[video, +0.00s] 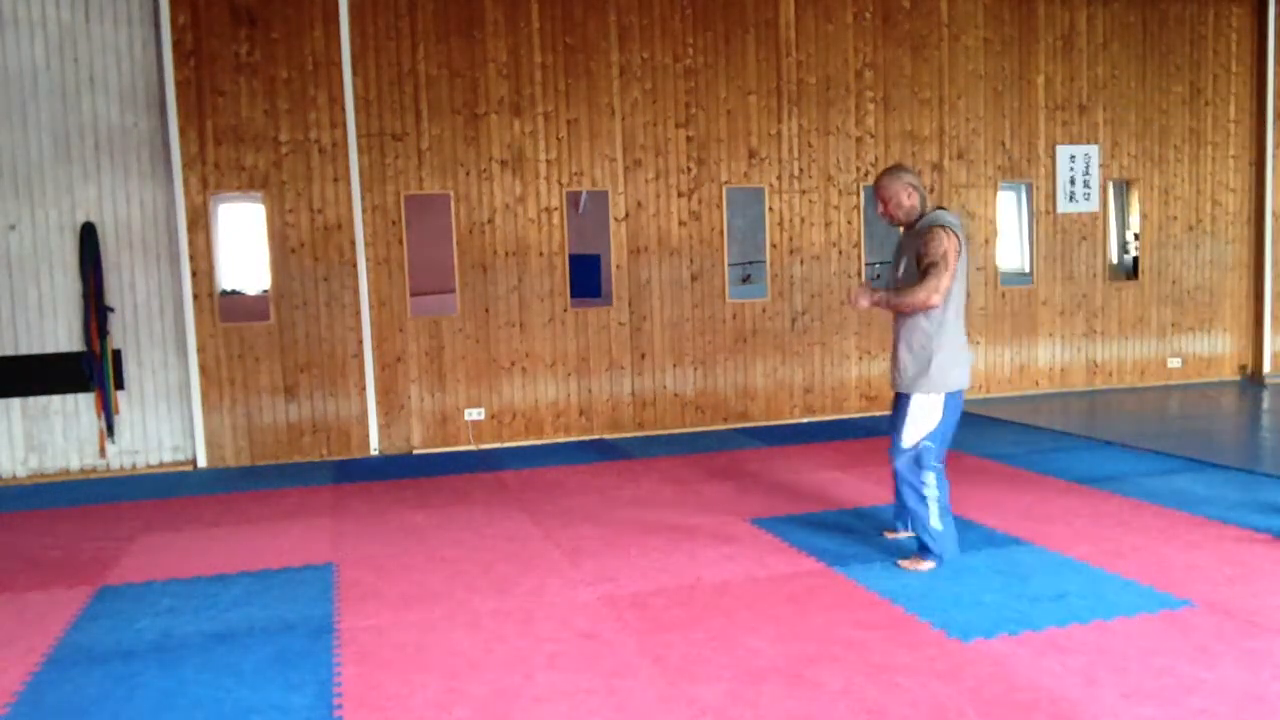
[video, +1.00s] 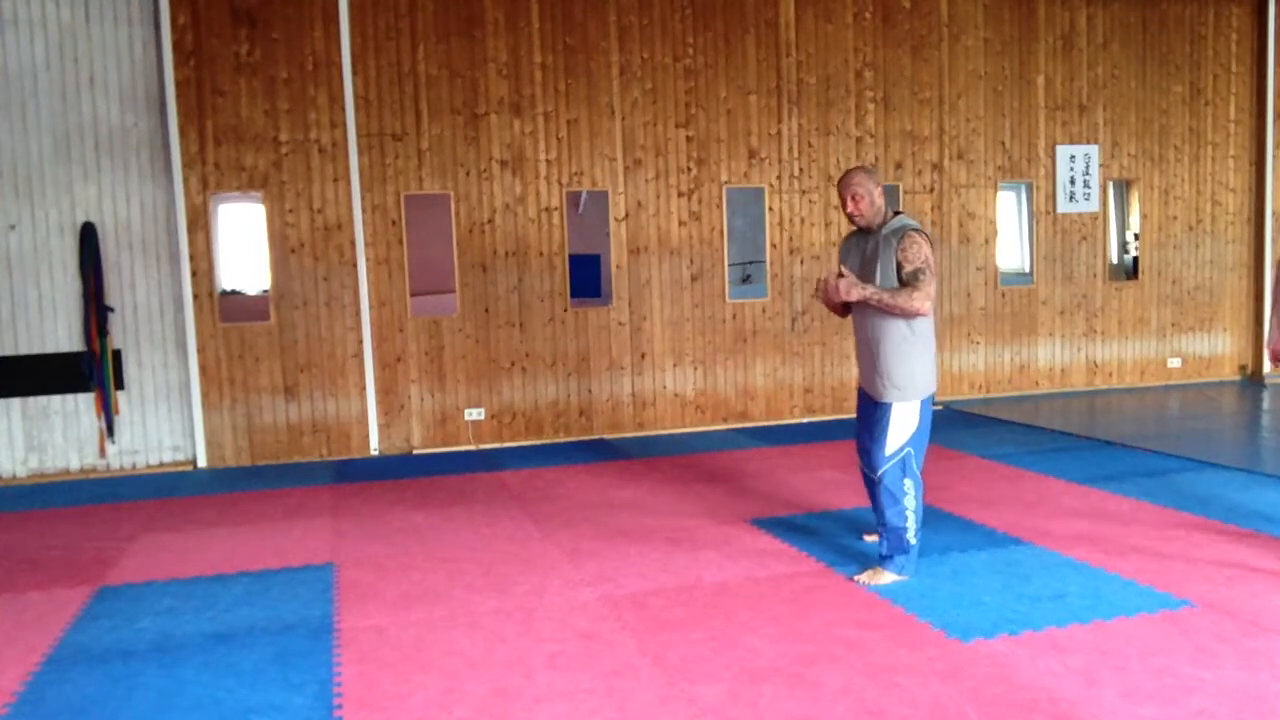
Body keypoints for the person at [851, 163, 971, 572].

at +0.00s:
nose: (883, 213)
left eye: (886, 202)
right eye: (880, 205)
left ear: (910, 193)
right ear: (905, 197)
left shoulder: (939, 231)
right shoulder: (912, 236)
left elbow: (932, 294)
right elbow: (913, 292)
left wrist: (879, 297)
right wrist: (879, 294)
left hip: (937, 373)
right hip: (915, 369)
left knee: (915, 457)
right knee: (907, 452)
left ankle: (937, 548)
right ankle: (912, 521)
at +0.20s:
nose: (879, 205)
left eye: (885, 195)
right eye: (876, 197)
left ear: (910, 190)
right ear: (881, 199)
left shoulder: (938, 229)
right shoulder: (888, 238)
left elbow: (942, 289)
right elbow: (871, 294)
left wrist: (886, 279)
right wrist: (855, 284)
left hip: (927, 363)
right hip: (897, 361)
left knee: (888, 438)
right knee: (908, 444)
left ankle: (911, 532)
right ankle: (925, 523)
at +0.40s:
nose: (875, 201)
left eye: (881, 192)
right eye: (871, 195)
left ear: (905, 188)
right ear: (872, 198)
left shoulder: (930, 230)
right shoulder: (881, 236)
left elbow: (933, 287)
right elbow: (862, 298)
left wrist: (881, 268)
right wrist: (851, 275)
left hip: (918, 362)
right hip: (887, 359)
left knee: (897, 454)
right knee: (906, 450)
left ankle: (893, 549)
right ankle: (926, 522)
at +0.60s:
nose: (865, 205)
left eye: (872, 196)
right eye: (862, 198)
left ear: (896, 192)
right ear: (865, 201)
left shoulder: (919, 235)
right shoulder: (875, 240)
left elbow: (918, 296)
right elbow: (861, 304)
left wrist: (864, 273)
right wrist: (841, 284)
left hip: (910, 374)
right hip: (881, 370)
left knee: (895, 467)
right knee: (898, 459)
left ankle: (900, 559)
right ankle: (925, 525)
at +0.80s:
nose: (856, 203)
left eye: (863, 193)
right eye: (851, 197)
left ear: (886, 191)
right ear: (851, 202)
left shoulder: (910, 235)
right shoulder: (864, 241)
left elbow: (913, 299)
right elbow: (854, 304)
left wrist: (856, 279)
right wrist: (834, 285)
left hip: (908, 380)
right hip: (877, 376)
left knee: (896, 472)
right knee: (871, 453)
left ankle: (898, 561)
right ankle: (912, 512)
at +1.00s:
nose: (851, 207)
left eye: (857, 197)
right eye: (845, 200)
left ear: (880, 194)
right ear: (844, 205)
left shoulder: (909, 239)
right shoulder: (853, 244)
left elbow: (921, 302)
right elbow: (849, 307)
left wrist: (862, 293)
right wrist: (832, 296)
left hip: (907, 381)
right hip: (873, 377)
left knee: (892, 469)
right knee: (872, 460)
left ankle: (901, 560)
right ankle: (892, 528)